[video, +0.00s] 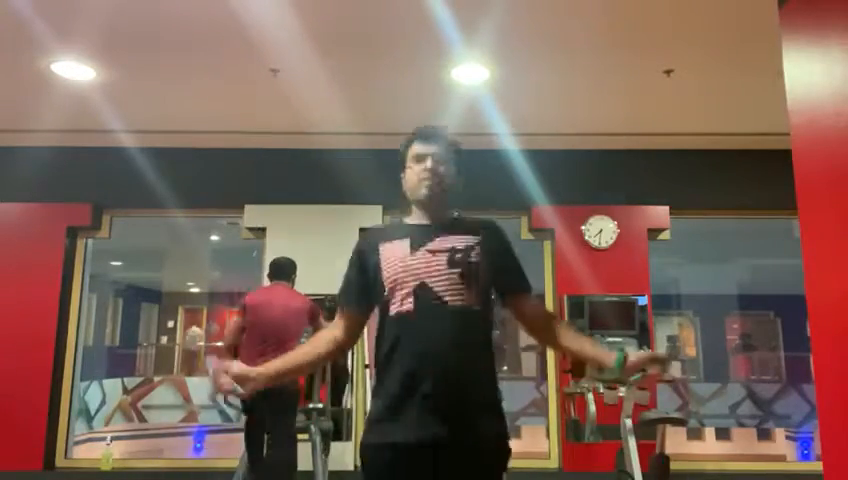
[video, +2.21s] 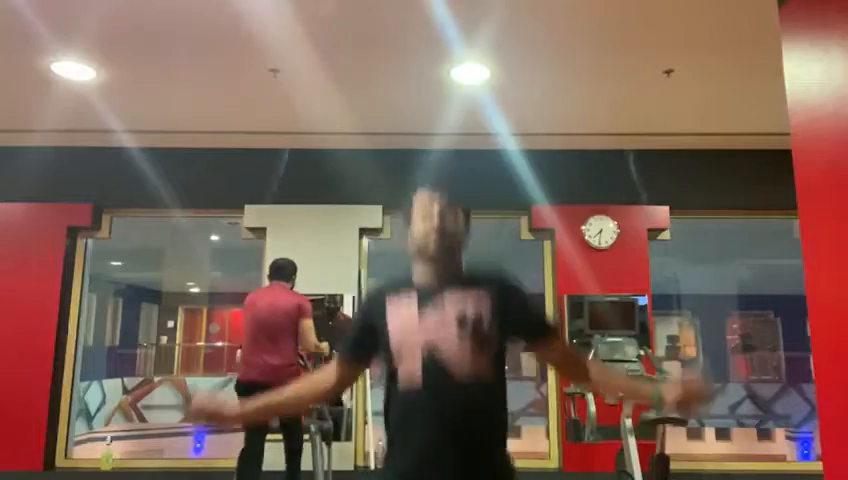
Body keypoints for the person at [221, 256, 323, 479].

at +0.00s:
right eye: (294, 277)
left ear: (268, 277)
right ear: (294, 278)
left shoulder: (251, 299)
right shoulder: (304, 303)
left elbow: (231, 339)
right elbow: (324, 336)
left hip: (253, 379)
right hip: (286, 380)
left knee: (254, 432)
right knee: (284, 437)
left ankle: (256, 473)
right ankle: (283, 475)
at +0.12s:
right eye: (290, 275)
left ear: (266, 275)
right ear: (291, 276)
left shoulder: (246, 298)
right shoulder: (301, 301)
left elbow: (228, 338)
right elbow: (322, 330)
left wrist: (229, 369)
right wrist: (337, 327)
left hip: (250, 378)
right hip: (286, 377)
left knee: (254, 444)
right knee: (287, 443)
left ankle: (254, 476)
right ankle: (285, 476)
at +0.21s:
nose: (289, 281)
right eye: (289, 277)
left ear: (264, 277)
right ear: (289, 278)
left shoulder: (246, 300)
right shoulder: (298, 303)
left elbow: (228, 337)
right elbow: (320, 338)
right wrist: (328, 331)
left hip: (248, 380)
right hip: (284, 380)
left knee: (251, 441)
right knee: (294, 423)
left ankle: (250, 476)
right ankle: (289, 472)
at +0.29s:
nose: (288, 286)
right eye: (288, 282)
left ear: (264, 281)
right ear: (288, 282)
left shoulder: (245, 305)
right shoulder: (296, 306)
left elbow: (233, 341)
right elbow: (316, 345)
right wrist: (324, 337)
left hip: (248, 386)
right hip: (285, 387)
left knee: (248, 445)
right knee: (298, 418)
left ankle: (245, 476)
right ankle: (293, 469)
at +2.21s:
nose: (294, 281)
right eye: (294, 278)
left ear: (269, 276)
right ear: (293, 279)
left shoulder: (251, 299)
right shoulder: (299, 302)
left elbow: (250, 338)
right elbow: (308, 345)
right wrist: (322, 348)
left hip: (250, 380)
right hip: (286, 380)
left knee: (253, 444)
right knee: (293, 439)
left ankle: (246, 476)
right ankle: (292, 475)